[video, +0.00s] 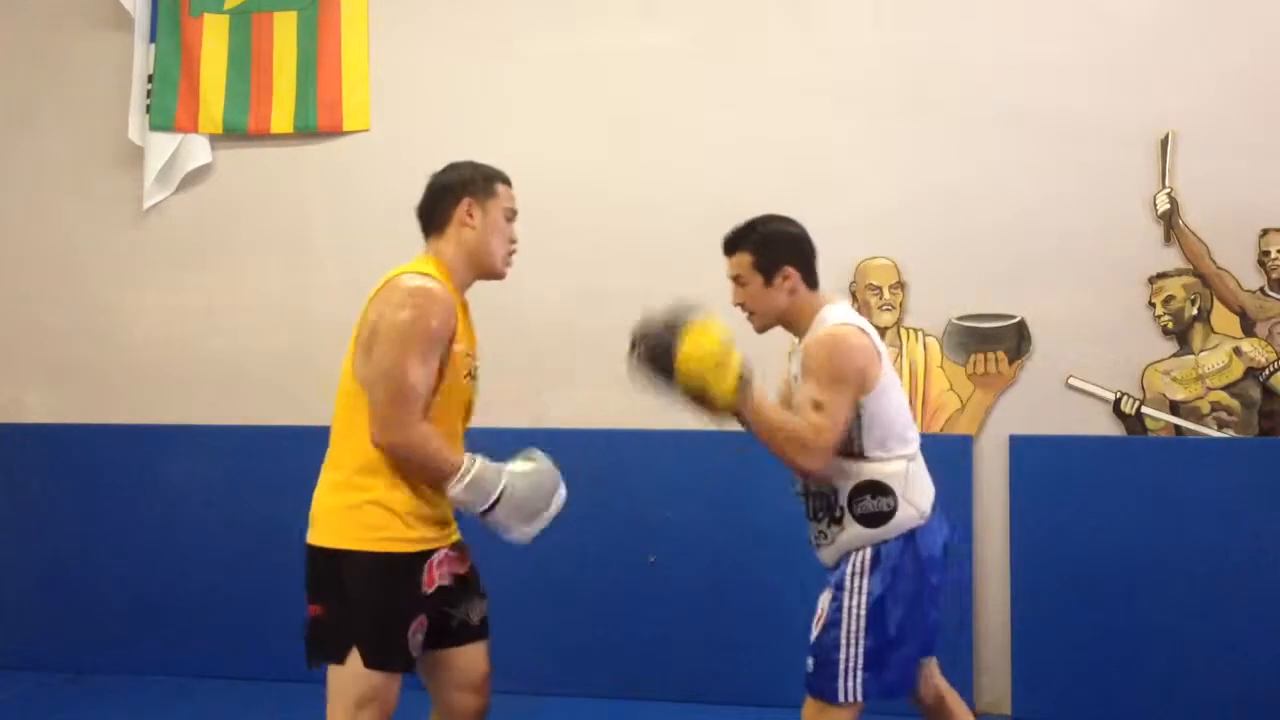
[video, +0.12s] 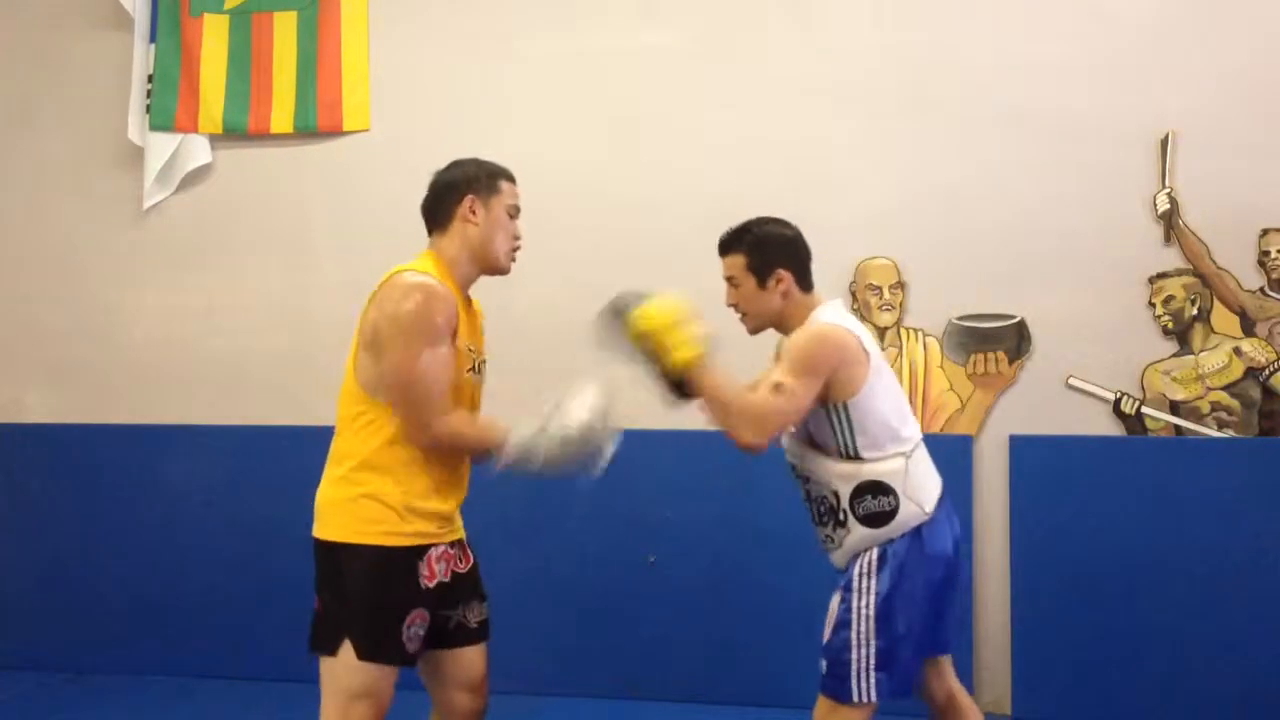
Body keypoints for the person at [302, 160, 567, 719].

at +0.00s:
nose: (516, 236)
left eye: (516, 220)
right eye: (508, 217)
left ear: (468, 218)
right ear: (467, 215)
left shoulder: (447, 303)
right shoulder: (418, 300)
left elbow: (427, 431)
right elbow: (398, 430)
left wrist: (490, 494)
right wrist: (491, 486)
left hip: (427, 533)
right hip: (369, 538)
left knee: (465, 693)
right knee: (362, 704)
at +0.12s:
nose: (519, 233)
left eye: (519, 217)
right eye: (511, 214)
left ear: (473, 216)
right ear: (469, 212)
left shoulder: (464, 309)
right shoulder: (416, 297)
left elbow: (453, 424)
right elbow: (432, 426)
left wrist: (532, 442)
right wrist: (525, 440)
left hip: (437, 527)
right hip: (371, 531)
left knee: (464, 697)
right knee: (356, 705)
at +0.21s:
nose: (517, 234)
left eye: (518, 218)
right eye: (509, 214)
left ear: (467, 215)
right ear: (466, 212)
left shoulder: (473, 313)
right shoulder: (411, 294)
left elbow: (483, 431)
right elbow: (452, 418)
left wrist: (569, 401)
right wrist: (565, 404)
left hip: (436, 527)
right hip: (367, 530)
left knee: (463, 697)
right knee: (356, 706)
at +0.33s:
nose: (517, 232)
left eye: (517, 217)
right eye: (508, 214)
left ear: (471, 215)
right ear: (465, 211)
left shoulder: (472, 317)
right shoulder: (400, 294)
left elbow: (453, 441)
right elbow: (410, 423)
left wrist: (534, 408)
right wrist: (525, 403)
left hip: (434, 528)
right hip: (365, 530)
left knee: (459, 697)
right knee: (359, 705)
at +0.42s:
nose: (513, 233)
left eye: (513, 218)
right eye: (504, 215)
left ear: (463, 216)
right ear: (460, 212)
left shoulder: (466, 316)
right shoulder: (389, 295)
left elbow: (443, 428)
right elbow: (374, 420)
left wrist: (516, 409)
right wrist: (482, 408)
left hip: (432, 534)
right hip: (361, 536)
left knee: (460, 698)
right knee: (352, 706)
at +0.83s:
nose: (494, 231)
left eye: (495, 215)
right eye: (487, 211)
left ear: (448, 211)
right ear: (442, 206)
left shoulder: (449, 306)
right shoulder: (370, 286)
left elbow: (455, 418)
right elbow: (409, 408)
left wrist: (517, 370)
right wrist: (497, 361)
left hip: (426, 532)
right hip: (354, 537)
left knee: (468, 692)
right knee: (340, 705)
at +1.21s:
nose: (522, 246)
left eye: (525, 231)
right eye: (517, 226)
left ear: (475, 218)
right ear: (473, 214)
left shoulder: (467, 308)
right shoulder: (383, 288)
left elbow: (471, 425)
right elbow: (422, 410)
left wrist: (535, 374)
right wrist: (516, 352)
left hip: (440, 534)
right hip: (365, 540)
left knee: (472, 696)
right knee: (368, 707)